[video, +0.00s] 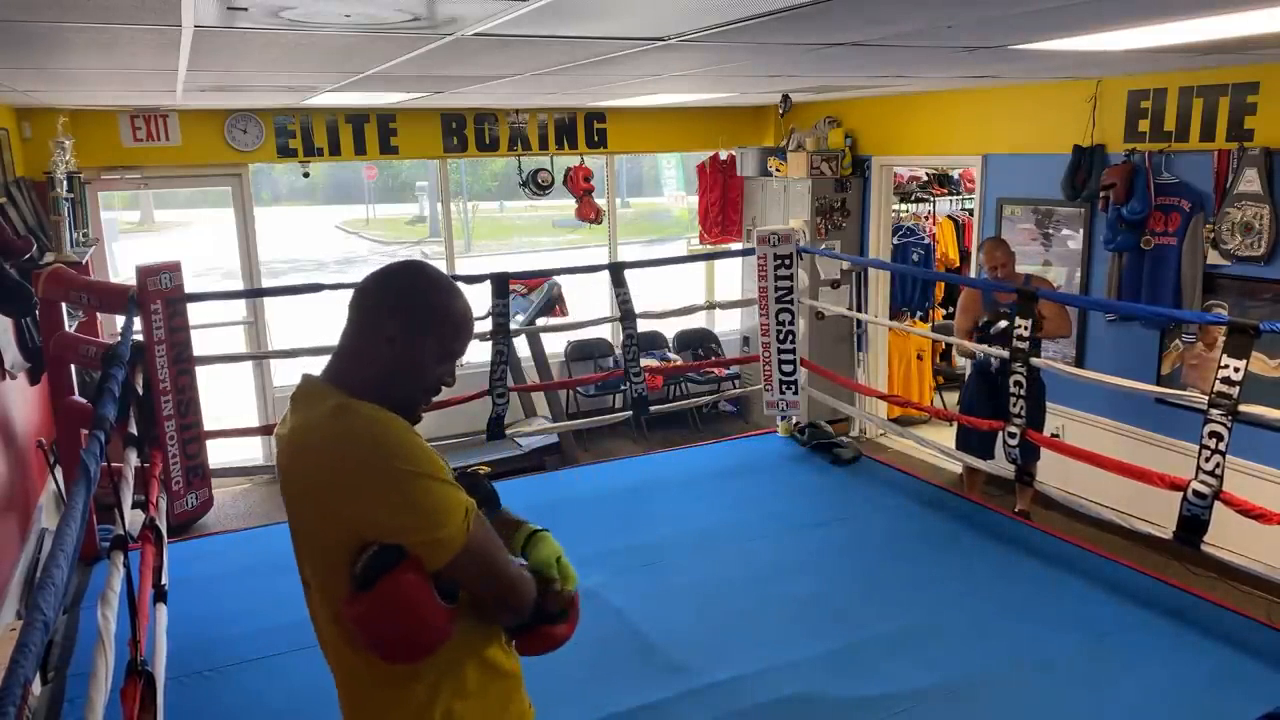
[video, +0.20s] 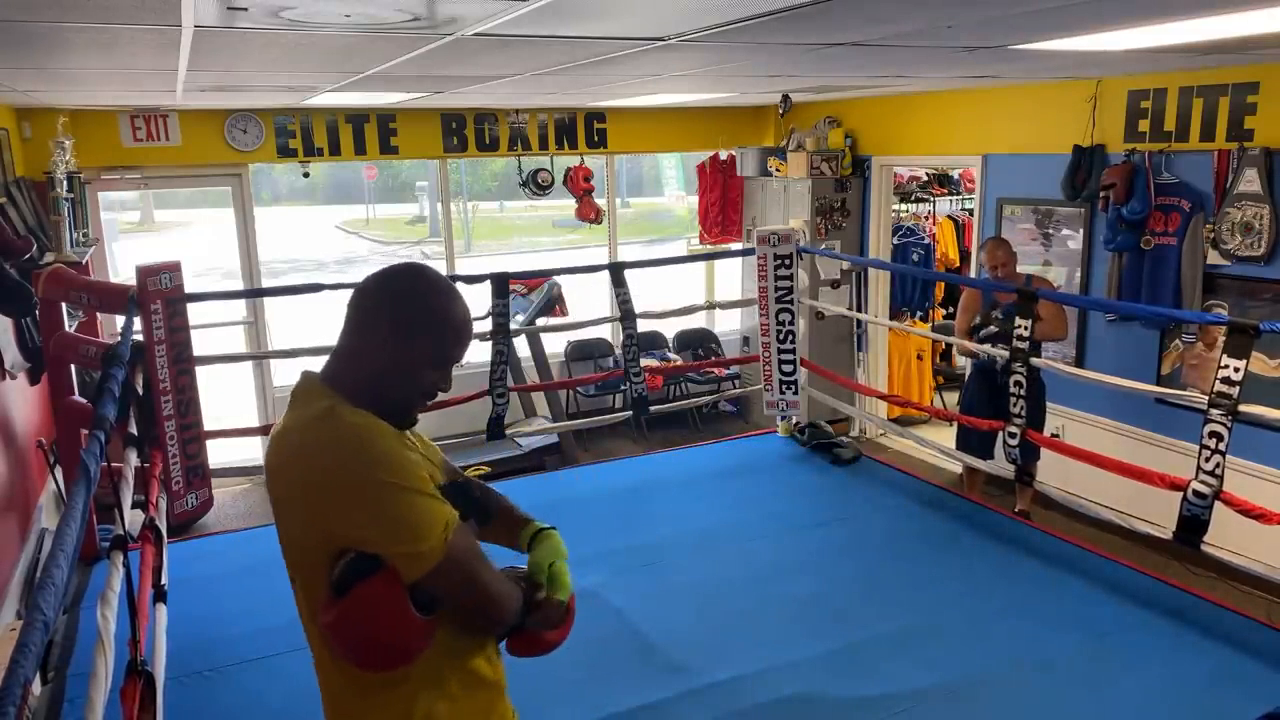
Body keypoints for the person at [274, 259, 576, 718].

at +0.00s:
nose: (449, 379)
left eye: (454, 363)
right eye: (445, 359)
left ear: (384, 339)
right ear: (392, 340)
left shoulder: (312, 418)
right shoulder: (379, 444)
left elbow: (460, 500)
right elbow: (514, 597)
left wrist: (530, 540)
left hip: (383, 700)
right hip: (456, 705)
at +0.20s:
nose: (444, 385)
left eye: (450, 369)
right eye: (439, 367)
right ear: (386, 346)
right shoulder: (353, 446)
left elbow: (459, 489)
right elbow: (492, 608)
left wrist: (535, 535)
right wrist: (518, 583)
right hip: (426, 708)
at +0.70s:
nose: (465, 398)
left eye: (471, 380)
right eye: (461, 379)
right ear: (407, 354)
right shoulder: (363, 459)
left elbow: (448, 539)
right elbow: (485, 636)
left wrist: (530, 549)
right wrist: (558, 634)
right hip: (407, 708)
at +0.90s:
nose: (481, 402)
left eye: (489, 386)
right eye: (480, 382)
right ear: (429, 358)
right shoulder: (385, 465)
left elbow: (440, 559)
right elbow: (502, 643)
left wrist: (542, 529)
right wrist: (566, 617)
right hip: (439, 708)